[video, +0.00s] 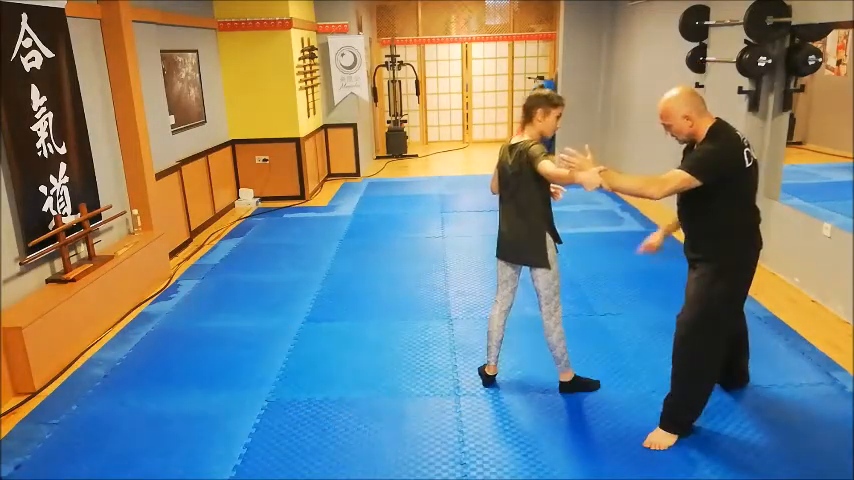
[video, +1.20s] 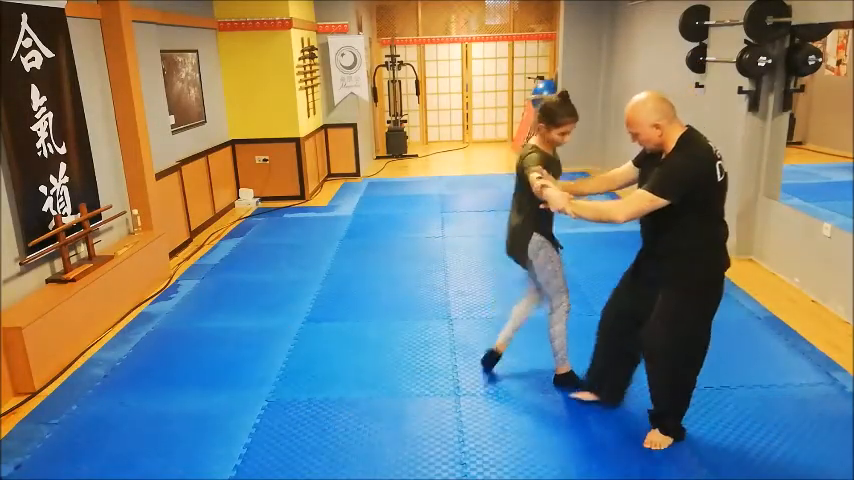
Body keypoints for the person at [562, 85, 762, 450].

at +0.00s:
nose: (668, 133)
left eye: (670, 125)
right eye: (666, 126)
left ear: (690, 117)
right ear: (690, 117)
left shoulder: (717, 150)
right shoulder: (717, 139)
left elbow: (657, 188)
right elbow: (704, 202)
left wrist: (601, 177)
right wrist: (665, 231)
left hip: (723, 258)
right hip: (719, 249)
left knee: (693, 331)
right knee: (725, 313)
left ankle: (676, 422)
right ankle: (732, 373)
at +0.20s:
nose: (669, 133)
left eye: (671, 125)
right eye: (667, 127)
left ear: (692, 117)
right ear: (692, 117)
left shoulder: (719, 150)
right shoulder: (712, 139)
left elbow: (658, 189)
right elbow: (673, 194)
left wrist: (603, 176)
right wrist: (629, 212)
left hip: (723, 258)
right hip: (717, 250)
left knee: (693, 331)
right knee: (725, 312)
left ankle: (676, 422)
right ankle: (732, 372)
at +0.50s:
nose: (663, 137)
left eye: (666, 130)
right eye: (662, 131)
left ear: (689, 123)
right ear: (686, 124)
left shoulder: (716, 156)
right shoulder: (692, 148)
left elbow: (654, 195)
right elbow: (646, 179)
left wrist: (597, 184)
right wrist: (596, 174)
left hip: (721, 264)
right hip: (700, 258)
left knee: (685, 331)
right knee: (719, 315)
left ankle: (668, 422)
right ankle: (731, 373)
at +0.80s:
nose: (651, 139)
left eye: (654, 132)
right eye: (649, 132)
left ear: (677, 124)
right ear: (676, 123)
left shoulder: (708, 156)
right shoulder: (679, 149)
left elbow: (646, 201)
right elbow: (627, 172)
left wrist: (588, 191)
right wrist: (579, 170)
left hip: (713, 271)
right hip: (683, 264)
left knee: (675, 341)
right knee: (685, 326)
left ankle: (668, 424)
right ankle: (718, 370)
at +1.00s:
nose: (643, 139)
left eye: (646, 132)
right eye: (641, 133)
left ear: (669, 125)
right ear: (668, 124)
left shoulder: (700, 158)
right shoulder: (673, 148)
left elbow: (632, 205)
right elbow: (619, 174)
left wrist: (576, 196)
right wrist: (567, 175)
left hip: (705, 273)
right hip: (670, 260)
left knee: (674, 344)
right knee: (642, 317)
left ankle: (669, 425)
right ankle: (667, 379)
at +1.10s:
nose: (638, 138)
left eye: (641, 132)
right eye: (636, 132)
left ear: (665, 125)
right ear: (664, 124)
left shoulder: (694, 159)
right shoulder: (668, 148)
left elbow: (628, 208)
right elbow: (616, 175)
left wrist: (572, 200)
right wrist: (564, 178)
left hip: (700, 273)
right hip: (664, 261)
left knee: (671, 342)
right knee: (630, 317)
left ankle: (669, 425)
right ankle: (639, 385)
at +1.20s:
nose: (632, 139)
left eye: (635, 132)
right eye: (631, 133)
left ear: (659, 125)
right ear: (658, 125)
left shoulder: (688, 161)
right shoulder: (661, 150)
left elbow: (623, 211)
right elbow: (612, 179)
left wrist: (569, 205)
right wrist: (563, 188)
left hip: (695, 271)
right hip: (657, 259)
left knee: (667, 342)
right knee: (619, 318)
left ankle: (668, 425)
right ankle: (605, 389)